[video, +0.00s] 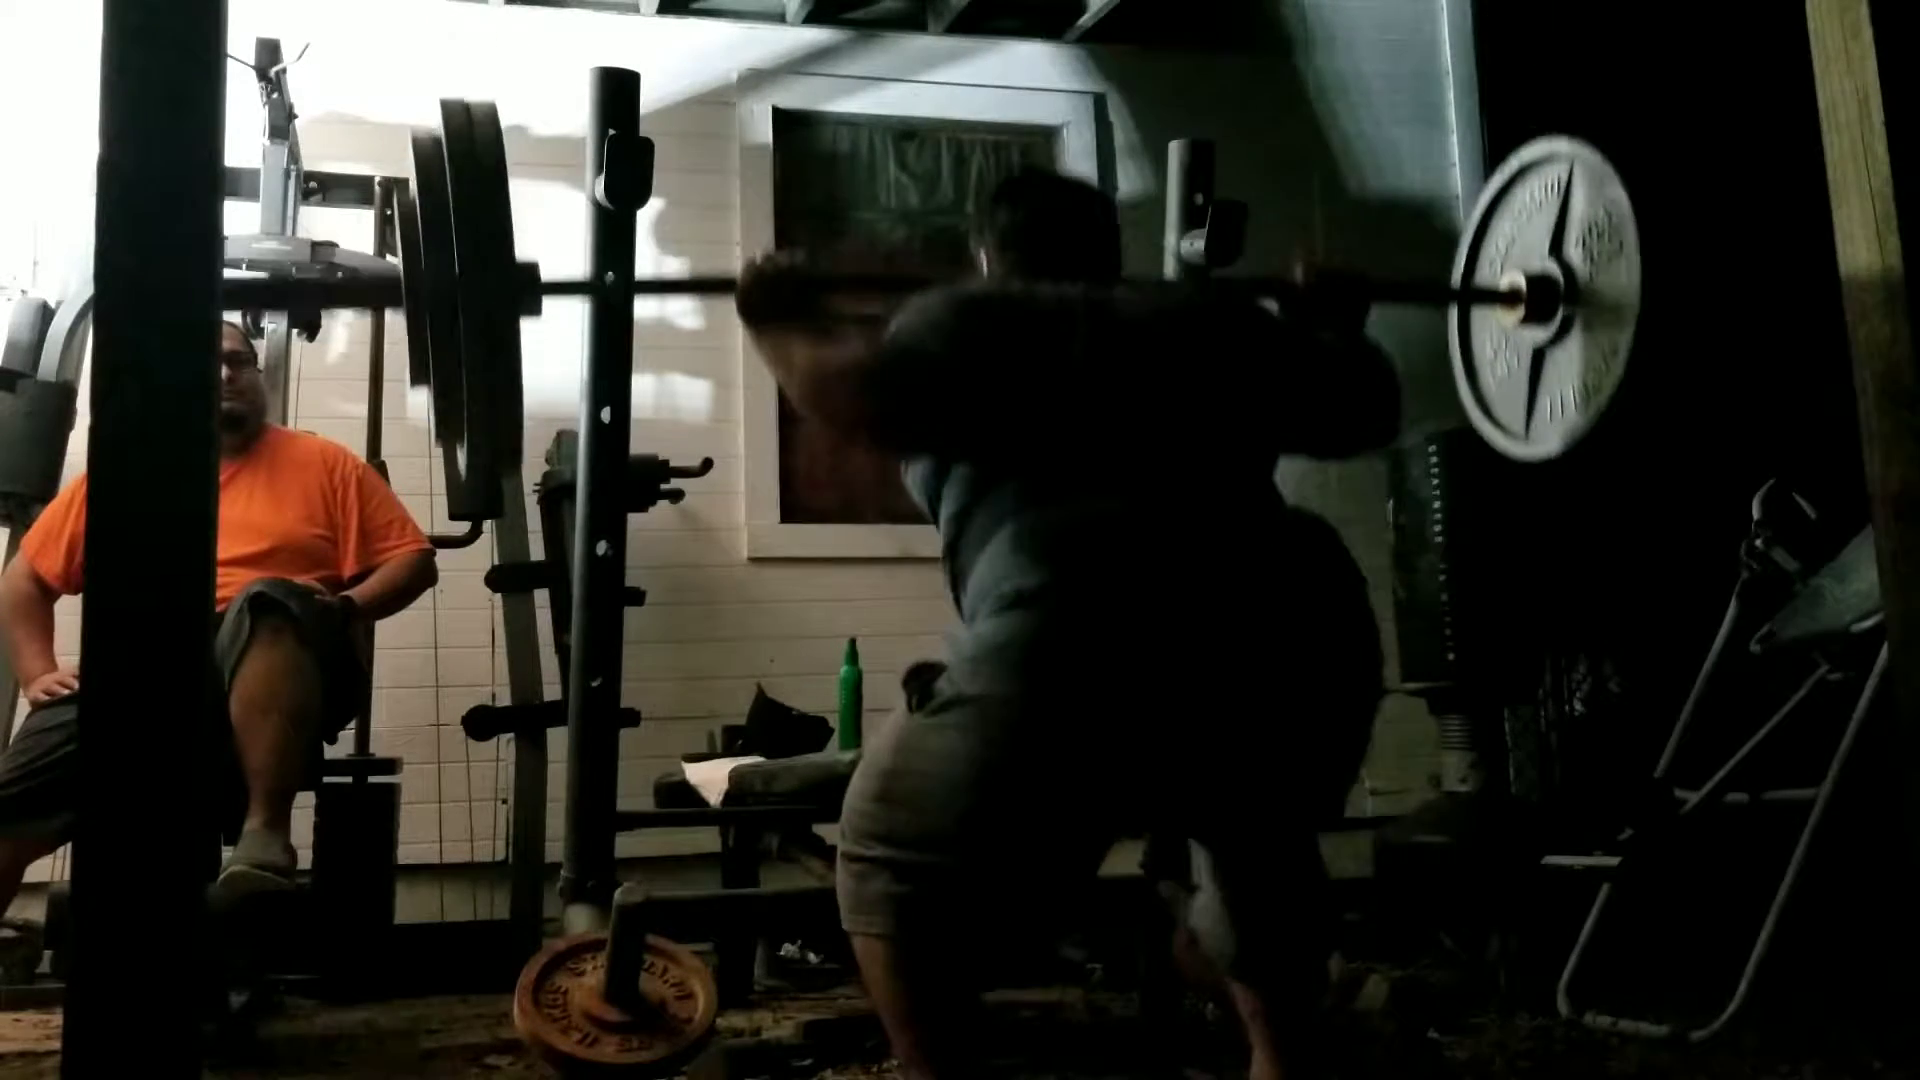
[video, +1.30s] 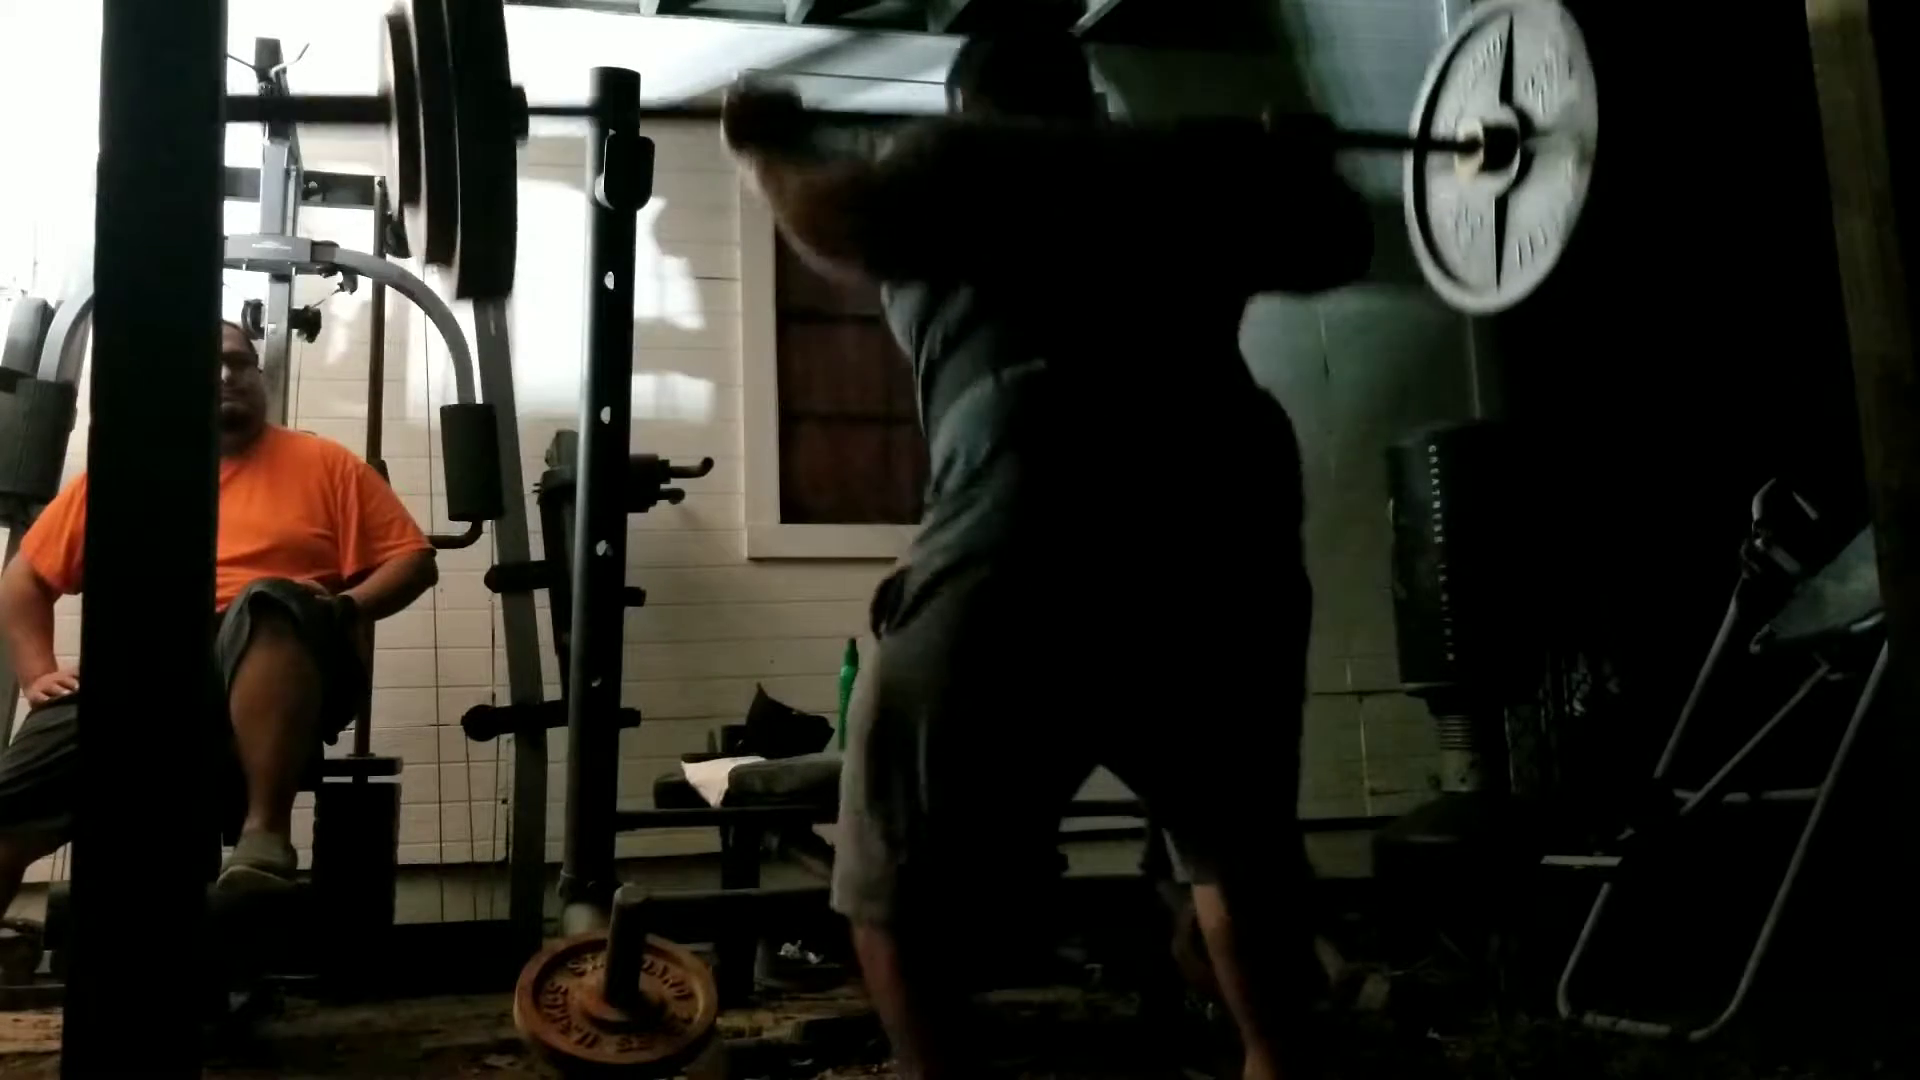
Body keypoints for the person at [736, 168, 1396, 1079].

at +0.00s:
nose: (974, 268)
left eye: (976, 255)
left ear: (989, 261)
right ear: (1113, 255)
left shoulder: (954, 324)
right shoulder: (1204, 321)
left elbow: (857, 404)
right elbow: (1364, 414)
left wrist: (773, 315)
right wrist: (1332, 318)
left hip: (1060, 655)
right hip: (1273, 643)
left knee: (887, 860)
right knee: (1258, 844)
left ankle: (929, 1062)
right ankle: (1282, 1056)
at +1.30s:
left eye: (961, 94)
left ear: (964, 103)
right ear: (1089, 98)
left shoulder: (935, 162)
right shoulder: (1181, 169)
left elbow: (836, 226)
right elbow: (1338, 246)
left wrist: (767, 149)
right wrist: (1300, 155)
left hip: (1018, 539)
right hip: (1222, 538)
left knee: (893, 865)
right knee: (1239, 839)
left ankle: (933, 1063)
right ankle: (1275, 1059)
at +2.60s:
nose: (944, 285)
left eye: (948, 274)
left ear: (964, 279)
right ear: (1088, 276)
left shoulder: (932, 342)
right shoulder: (1175, 344)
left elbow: (846, 435)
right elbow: (1344, 430)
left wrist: (783, 347)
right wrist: (1301, 341)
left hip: (1046, 679)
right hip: (1260, 669)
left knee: (859, 845)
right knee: (1236, 863)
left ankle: (926, 1062)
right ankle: (1275, 1057)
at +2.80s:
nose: (948, 385)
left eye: (952, 371)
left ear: (968, 374)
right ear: (1086, 368)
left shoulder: (934, 444)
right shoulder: (1179, 437)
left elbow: (855, 542)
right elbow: (1345, 525)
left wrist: (775, 451)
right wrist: (1300, 434)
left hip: (1039, 793)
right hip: (1256, 782)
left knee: (825, 853)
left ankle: (920, 1062)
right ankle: (1276, 1053)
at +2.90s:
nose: (947, 411)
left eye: (949, 400)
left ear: (964, 403)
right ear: (1087, 392)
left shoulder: (934, 471)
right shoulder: (1179, 464)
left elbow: (841, 570)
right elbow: (1344, 566)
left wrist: (762, 476)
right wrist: (1305, 464)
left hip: (1030, 833)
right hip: (1245, 821)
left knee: (814, 851)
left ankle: (910, 1066)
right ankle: (1275, 1057)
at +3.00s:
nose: (944, 407)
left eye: (945, 394)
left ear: (962, 396)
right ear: (1084, 386)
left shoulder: (931, 462)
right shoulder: (1178, 456)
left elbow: (839, 561)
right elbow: (1345, 557)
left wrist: (758, 469)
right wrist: (1305, 458)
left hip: (1032, 819)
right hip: (1245, 808)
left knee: (817, 850)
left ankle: (910, 1067)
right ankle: (1273, 1055)